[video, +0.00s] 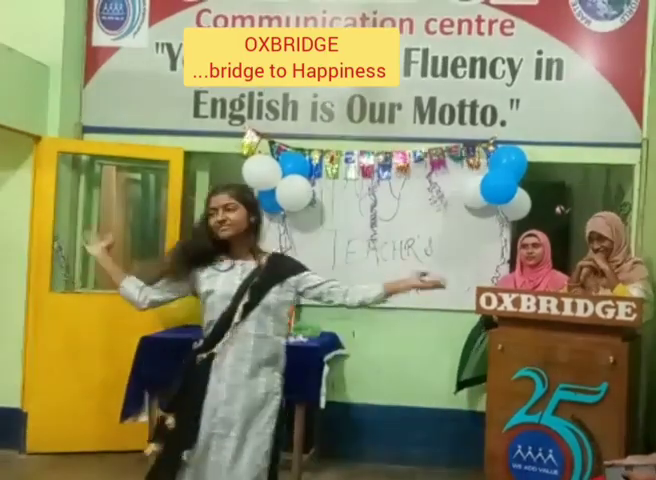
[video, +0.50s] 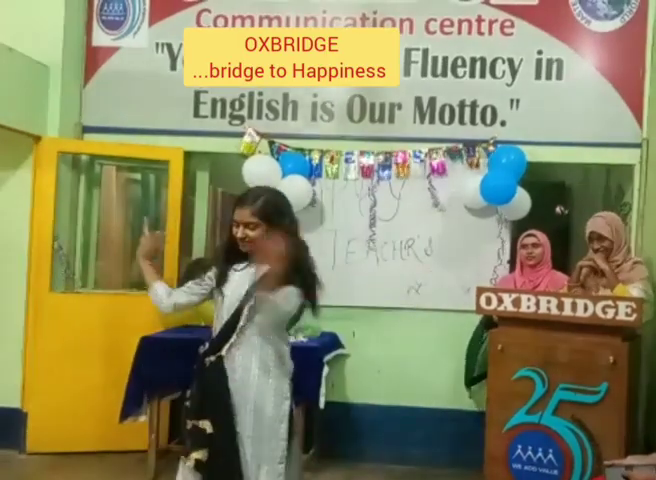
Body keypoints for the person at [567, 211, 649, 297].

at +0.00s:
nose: (595, 247)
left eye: (601, 239)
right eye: (591, 240)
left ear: (617, 238)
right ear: (587, 242)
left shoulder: (635, 268)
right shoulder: (586, 269)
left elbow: (631, 304)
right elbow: (570, 299)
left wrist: (606, 268)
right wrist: (578, 271)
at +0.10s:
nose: (595, 247)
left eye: (601, 239)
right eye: (591, 240)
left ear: (617, 238)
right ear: (587, 242)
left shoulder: (635, 268)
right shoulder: (586, 268)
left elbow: (631, 304)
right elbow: (570, 298)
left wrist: (606, 269)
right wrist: (578, 270)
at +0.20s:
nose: (595, 247)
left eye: (601, 239)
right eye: (591, 240)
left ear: (617, 238)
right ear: (587, 242)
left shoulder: (635, 268)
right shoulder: (586, 268)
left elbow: (631, 304)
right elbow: (570, 298)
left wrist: (606, 268)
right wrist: (578, 270)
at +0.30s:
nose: (595, 247)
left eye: (601, 239)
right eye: (591, 240)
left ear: (617, 238)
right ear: (587, 242)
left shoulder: (635, 268)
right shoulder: (586, 268)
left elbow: (631, 304)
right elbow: (570, 298)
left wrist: (606, 268)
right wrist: (578, 270)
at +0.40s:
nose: (595, 247)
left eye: (601, 239)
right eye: (591, 240)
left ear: (617, 238)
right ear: (587, 242)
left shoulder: (635, 268)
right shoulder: (586, 269)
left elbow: (631, 304)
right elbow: (570, 298)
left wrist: (606, 268)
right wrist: (578, 270)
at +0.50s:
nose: (595, 247)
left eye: (601, 239)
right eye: (591, 240)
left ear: (617, 238)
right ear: (587, 242)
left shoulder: (635, 268)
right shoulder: (586, 269)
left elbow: (631, 304)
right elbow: (570, 299)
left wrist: (606, 268)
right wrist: (578, 270)